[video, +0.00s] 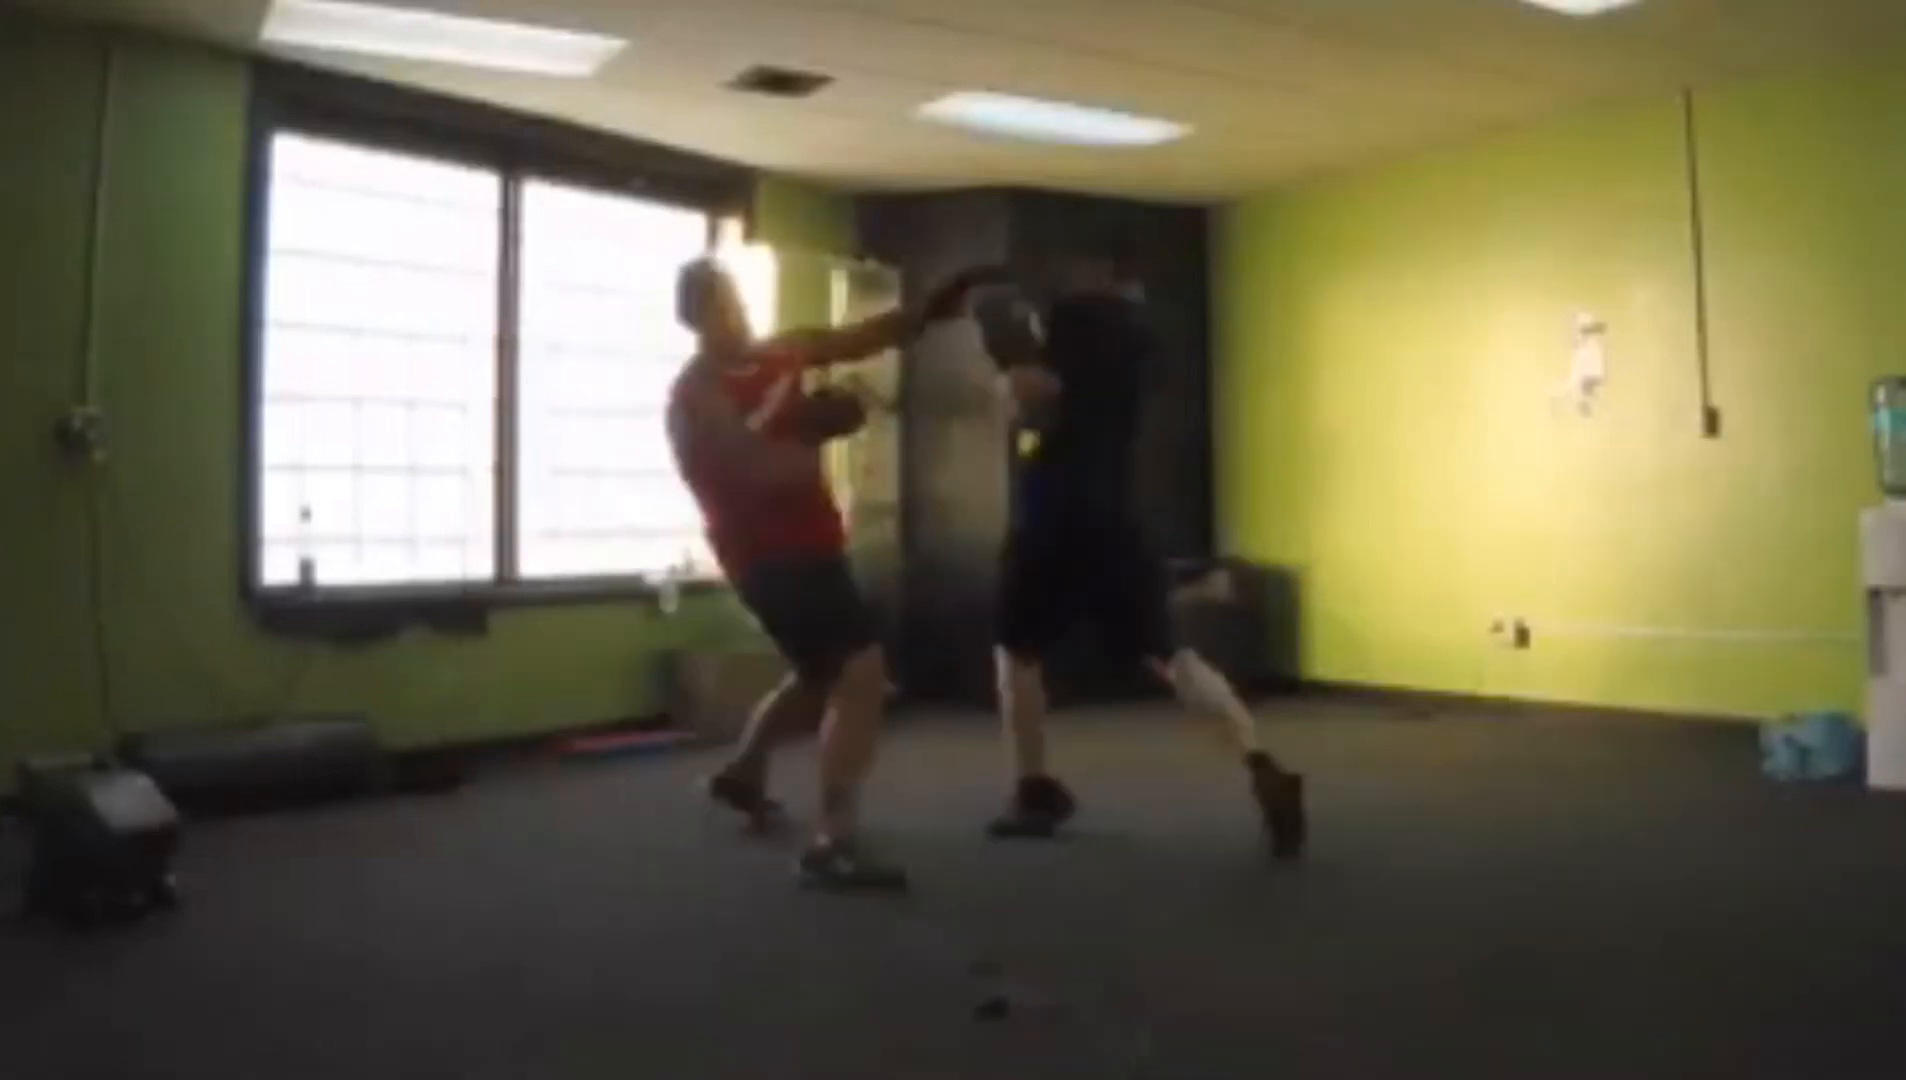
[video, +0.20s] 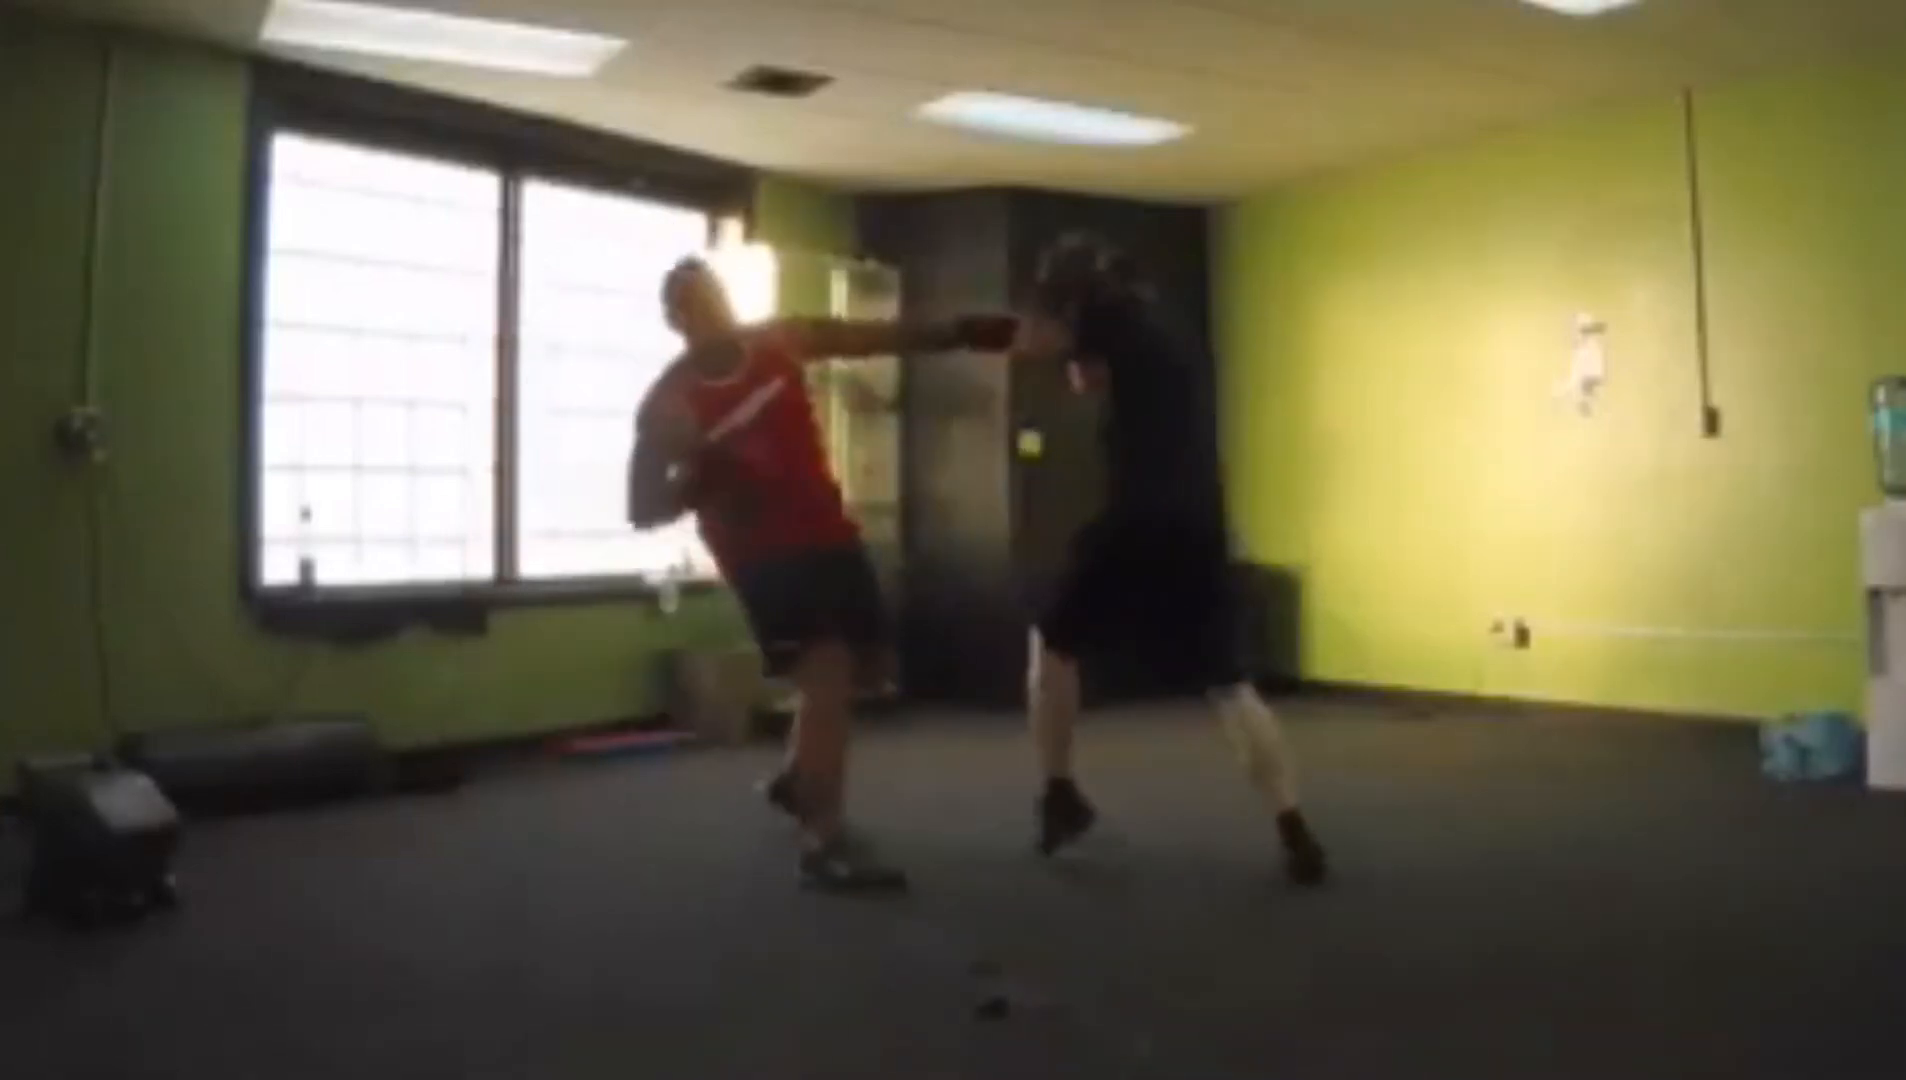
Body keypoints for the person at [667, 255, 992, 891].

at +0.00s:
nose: (732, 312)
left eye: (732, 297)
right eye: (716, 303)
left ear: (740, 302)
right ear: (695, 316)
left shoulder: (781, 356)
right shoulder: (696, 396)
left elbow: (856, 340)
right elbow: (750, 466)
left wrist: (925, 315)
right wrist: (818, 426)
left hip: (814, 546)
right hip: (767, 558)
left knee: (819, 681)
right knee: (861, 676)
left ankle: (743, 774)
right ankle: (834, 842)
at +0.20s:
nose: (706, 313)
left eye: (709, 297)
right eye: (689, 305)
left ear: (724, 298)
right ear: (674, 318)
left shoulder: (781, 344)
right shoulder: (669, 401)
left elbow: (877, 338)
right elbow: (644, 509)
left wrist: (960, 333)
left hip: (830, 537)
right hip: (761, 556)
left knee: (856, 663)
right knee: (823, 668)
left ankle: (799, 774)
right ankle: (824, 841)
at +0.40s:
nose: (709, 297)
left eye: (713, 282)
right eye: (694, 288)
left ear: (729, 283)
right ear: (674, 300)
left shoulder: (778, 344)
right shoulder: (659, 378)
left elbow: (849, 385)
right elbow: (617, 473)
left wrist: (849, 403)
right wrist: (659, 474)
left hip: (798, 538)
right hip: (721, 554)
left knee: (824, 681)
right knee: (753, 687)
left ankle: (792, 811)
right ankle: (768, 838)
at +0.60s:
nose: (685, 315)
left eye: (691, 300)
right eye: (670, 303)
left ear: (705, 303)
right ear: (647, 314)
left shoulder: (744, 377)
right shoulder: (626, 389)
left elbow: (814, 431)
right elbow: (589, 498)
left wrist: (824, 393)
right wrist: (634, 434)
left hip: (744, 557)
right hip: (651, 565)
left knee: (815, 688)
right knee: (603, 708)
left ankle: (782, 817)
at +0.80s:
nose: (647, 329)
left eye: (653, 314)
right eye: (631, 318)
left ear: (668, 315)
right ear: (608, 327)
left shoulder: (702, 380)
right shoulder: (589, 396)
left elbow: (786, 414)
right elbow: (533, 490)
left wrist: (852, 433)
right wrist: (562, 433)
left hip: (705, 561)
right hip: (615, 567)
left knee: (778, 680)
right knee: (559, 689)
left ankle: (824, 802)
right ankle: (528, 833)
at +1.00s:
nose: (676, 332)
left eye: (685, 317)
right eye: (663, 319)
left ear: (701, 325)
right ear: (643, 328)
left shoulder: (729, 402)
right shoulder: (616, 392)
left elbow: (786, 489)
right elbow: (576, 474)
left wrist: (731, 451)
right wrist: (638, 458)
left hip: (722, 568)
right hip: (629, 571)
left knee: (809, 684)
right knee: (565, 691)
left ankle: (845, 812)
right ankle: (528, 835)